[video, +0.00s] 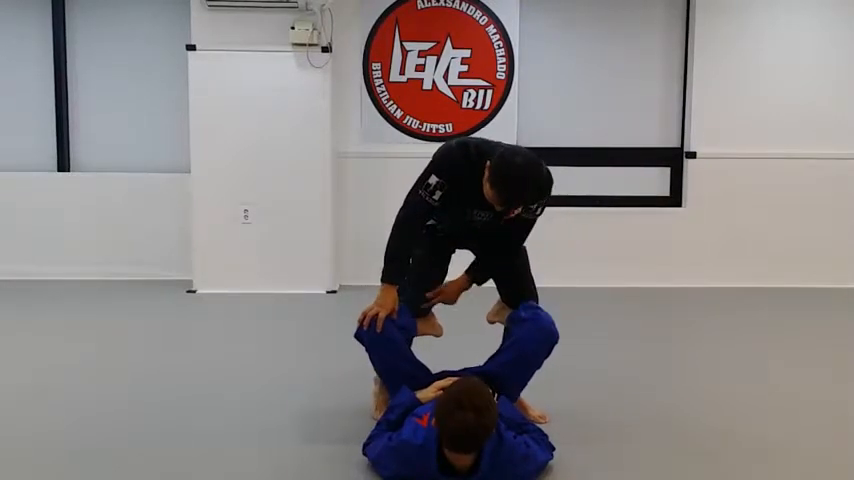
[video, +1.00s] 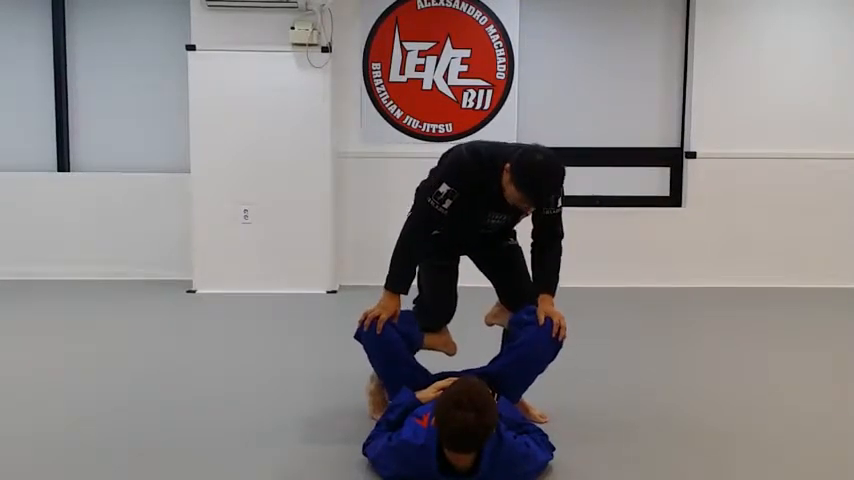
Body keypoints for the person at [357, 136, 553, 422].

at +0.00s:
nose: (498, 211)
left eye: (506, 208)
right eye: (494, 202)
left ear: (527, 196)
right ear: (487, 174)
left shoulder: (538, 188)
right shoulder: (455, 157)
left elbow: (508, 243)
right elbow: (409, 218)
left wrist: (463, 283)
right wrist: (388, 289)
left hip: (494, 235)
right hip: (440, 228)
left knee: (525, 309)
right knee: (412, 306)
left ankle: (508, 391)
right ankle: (386, 379)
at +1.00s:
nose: (527, 209)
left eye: (534, 204)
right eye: (523, 200)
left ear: (548, 191)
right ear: (508, 175)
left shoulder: (547, 181)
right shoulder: (465, 163)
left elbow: (548, 238)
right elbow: (417, 226)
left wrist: (546, 298)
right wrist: (392, 295)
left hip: (493, 233)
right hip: (442, 231)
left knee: (526, 305)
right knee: (437, 313)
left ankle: (508, 392)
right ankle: (384, 373)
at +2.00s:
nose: (533, 216)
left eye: (542, 212)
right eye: (530, 206)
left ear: (556, 199)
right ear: (518, 177)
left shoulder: (550, 188)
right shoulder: (470, 168)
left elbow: (548, 244)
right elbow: (418, 224)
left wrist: (548, 303)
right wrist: (395, 296)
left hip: (491, 239)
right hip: (441, 236)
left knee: (529, 308)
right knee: (448, 324)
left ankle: (508, 395)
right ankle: (388, 374)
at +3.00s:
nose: (566, 207)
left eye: (576, 203)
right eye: (566, 196)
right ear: (553, 167)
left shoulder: (581, 183)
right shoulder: (501, 160)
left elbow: (573, 239)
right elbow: (446, 215)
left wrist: (564, 304)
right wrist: (416, 283)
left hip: (513, 229)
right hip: (464, 221)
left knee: (534, 311)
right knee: (458, 308)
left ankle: (509, 398)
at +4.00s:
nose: (578, 186)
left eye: (586, 181)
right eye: (577, 175)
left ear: (597, 176)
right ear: (565, 147)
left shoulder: (580, 176)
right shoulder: (513, 155)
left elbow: (570, 227)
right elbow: (463, 214)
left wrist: (544, 271)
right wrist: (434, 282)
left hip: (523, 242)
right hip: (479, 234)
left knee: (548, 314)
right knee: (520, 312)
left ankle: (510, 398)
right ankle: (458, 333)